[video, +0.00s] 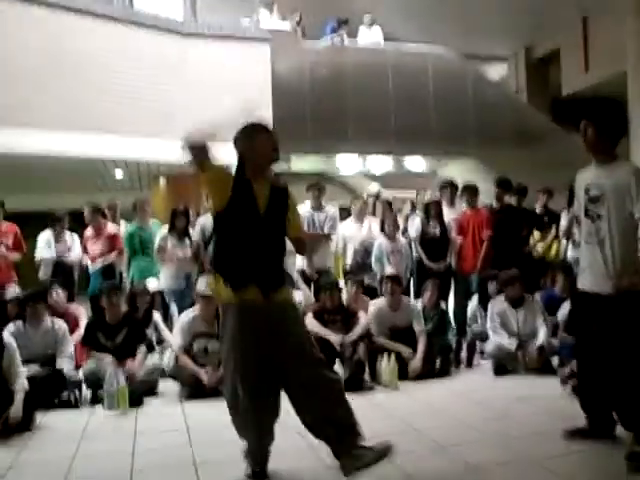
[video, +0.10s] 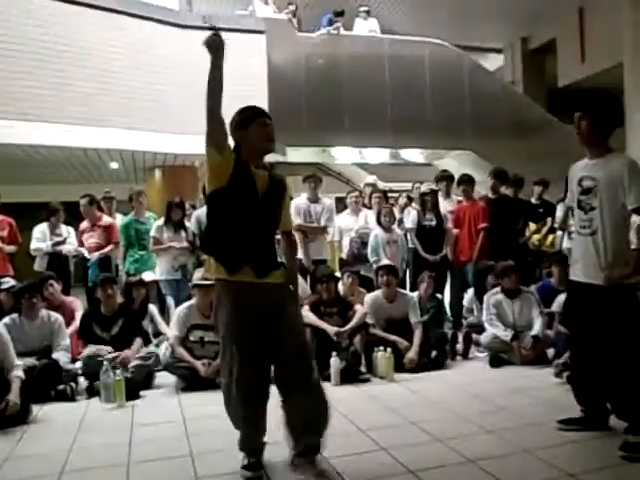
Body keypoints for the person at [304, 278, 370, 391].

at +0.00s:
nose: (330, 298)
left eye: (333, 293)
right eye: (326, 294)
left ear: (339, 294)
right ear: (319, 296)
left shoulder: (349, 311)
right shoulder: (315, 313)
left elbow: (363, 321)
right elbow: (310, 324)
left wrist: (349, 338)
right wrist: (332, 337)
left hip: (349, 348)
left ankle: (354, 380)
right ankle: (324, 383)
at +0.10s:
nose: (326, 288)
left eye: (329, 284)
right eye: (321, 284)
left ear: (335, 285)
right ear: (316, 287)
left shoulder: (343, 301)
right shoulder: (312, 302)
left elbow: (362, 311)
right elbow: (305, 314)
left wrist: (346, 330)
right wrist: (328, 328)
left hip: (344, 345)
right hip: (321, 344)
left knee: (360, 328)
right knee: (309, 330)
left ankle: (356, 367)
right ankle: (318, 370)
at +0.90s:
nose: (331, 288)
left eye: (334, 284)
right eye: (328, 285)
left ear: (340, 286)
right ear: (324, 287)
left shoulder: (345, 302)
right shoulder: (321, 305)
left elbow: (366, 312)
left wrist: (349, 330)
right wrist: (332, 331)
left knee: (363, 329)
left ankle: (361, 366)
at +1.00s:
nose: (356, 282)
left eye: (359, 279)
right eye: (353, 278)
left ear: (362, 283)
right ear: (346, 280)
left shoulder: (365, 296)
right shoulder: (339, 294)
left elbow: (366, 311)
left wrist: (350, 329)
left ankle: (361, 365)